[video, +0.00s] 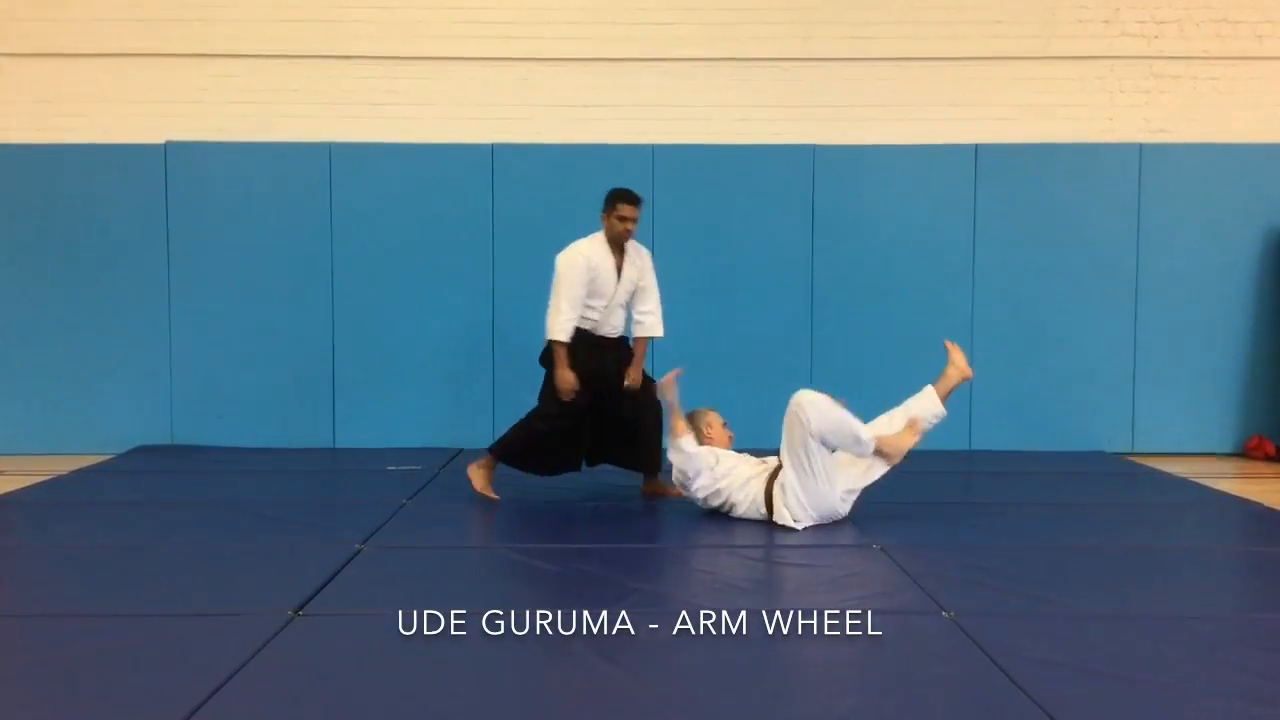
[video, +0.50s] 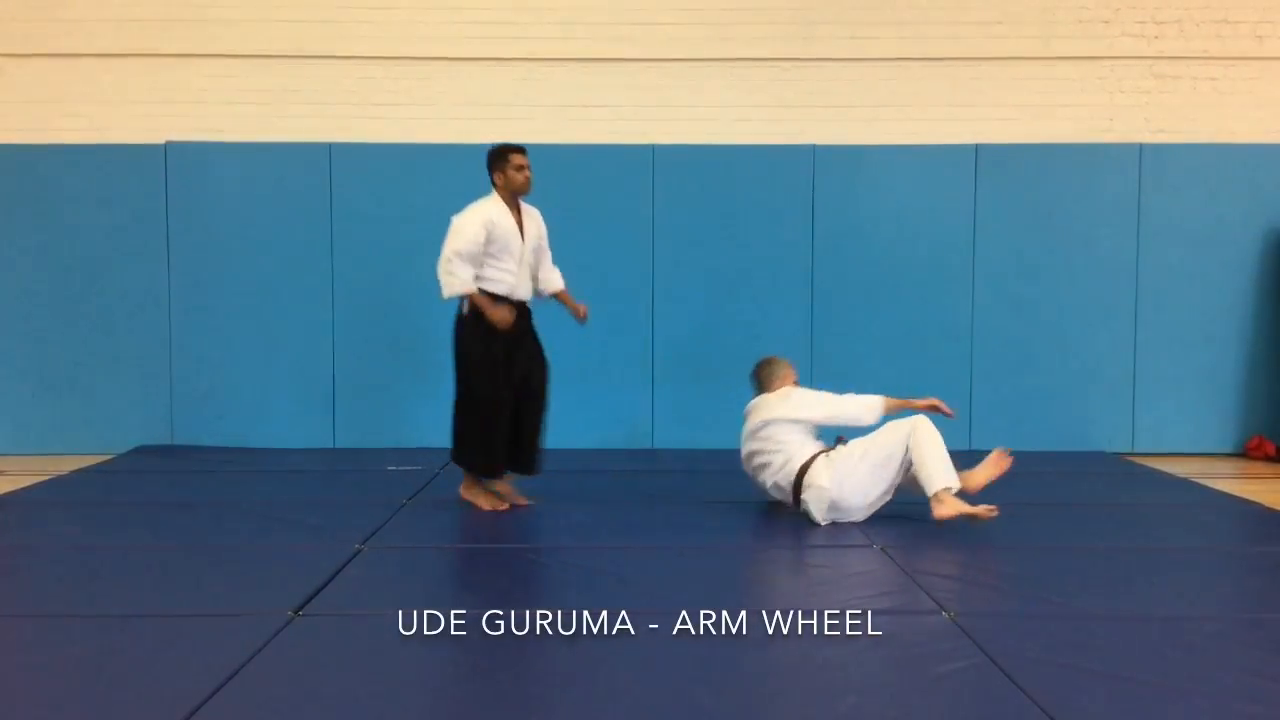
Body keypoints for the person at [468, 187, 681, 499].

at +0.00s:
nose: (629, 227)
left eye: (634, 221)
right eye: (623, 220)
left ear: (638, 222)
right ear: (605, 218)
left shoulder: (640, 257)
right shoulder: (577, 255)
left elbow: (645, 312)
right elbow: (560, 312)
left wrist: (637, 362)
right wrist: (561, 365)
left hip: (613, 350)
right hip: (575, 346)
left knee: (647, 400)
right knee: (552, 415)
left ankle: (652, 482)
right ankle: (485, 465)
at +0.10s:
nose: (602, 222)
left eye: (607, 216)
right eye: (595, 214)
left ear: (611, 218)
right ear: (578, 214)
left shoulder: (615, 255)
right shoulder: (552, 256)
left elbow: (629, 308)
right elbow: (536, 314)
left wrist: (628, 360)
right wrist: (542, 368)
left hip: (597, 347)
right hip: (559, 345)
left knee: (635, 392)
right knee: (552, 417)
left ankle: (651, 481)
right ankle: (483, 479)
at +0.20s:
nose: (574, 215)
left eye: (578, 209)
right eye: (567, 208)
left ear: (582, 212)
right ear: (548, 209)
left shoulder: (586, 251)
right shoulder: (523, 253)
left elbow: (600, 304)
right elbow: (511, 312)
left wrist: (613, 351)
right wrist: (522, 362)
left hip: (573, 347)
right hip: (536, 346)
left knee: (612, 395)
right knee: (537, 421)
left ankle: (645, 475)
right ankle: (476, 486)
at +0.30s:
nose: (552, 207)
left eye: (555, 201)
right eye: (544, 201)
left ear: (558, 204)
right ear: (525, 203)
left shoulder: (561, 246)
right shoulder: (500, 248)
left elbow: (574, 301)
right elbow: (488, 309)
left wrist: (590, 348)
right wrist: (501, 360)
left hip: (552, 341)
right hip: (514, 341)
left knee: (588, 399)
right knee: (518, 418)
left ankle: (610, 478)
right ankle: (475, 488)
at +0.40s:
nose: (536, 192)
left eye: (538, 186)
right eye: (528, 186)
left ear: (540, 190)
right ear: (507, 192)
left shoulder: (544, 234)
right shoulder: (485, 236)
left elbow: (554, 291)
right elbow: (466, 295)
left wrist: (572, 334)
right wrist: (485, 340)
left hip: (535, 331)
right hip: (498, 331)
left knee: (560, 398)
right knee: (495, 411)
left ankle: (565, 481)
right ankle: (475, 488)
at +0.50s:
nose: (527, 174)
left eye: (528, 168)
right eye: (519, 169)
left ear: (527, 173)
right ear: (498, 175)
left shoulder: (533, 217)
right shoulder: (475, 217)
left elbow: (543, 269)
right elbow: (453, 268)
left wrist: (570, 303)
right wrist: (487, 306)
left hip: (518, 316)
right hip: (481, 315)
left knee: (526, 389)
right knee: (482, 395)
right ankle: (472, 481)